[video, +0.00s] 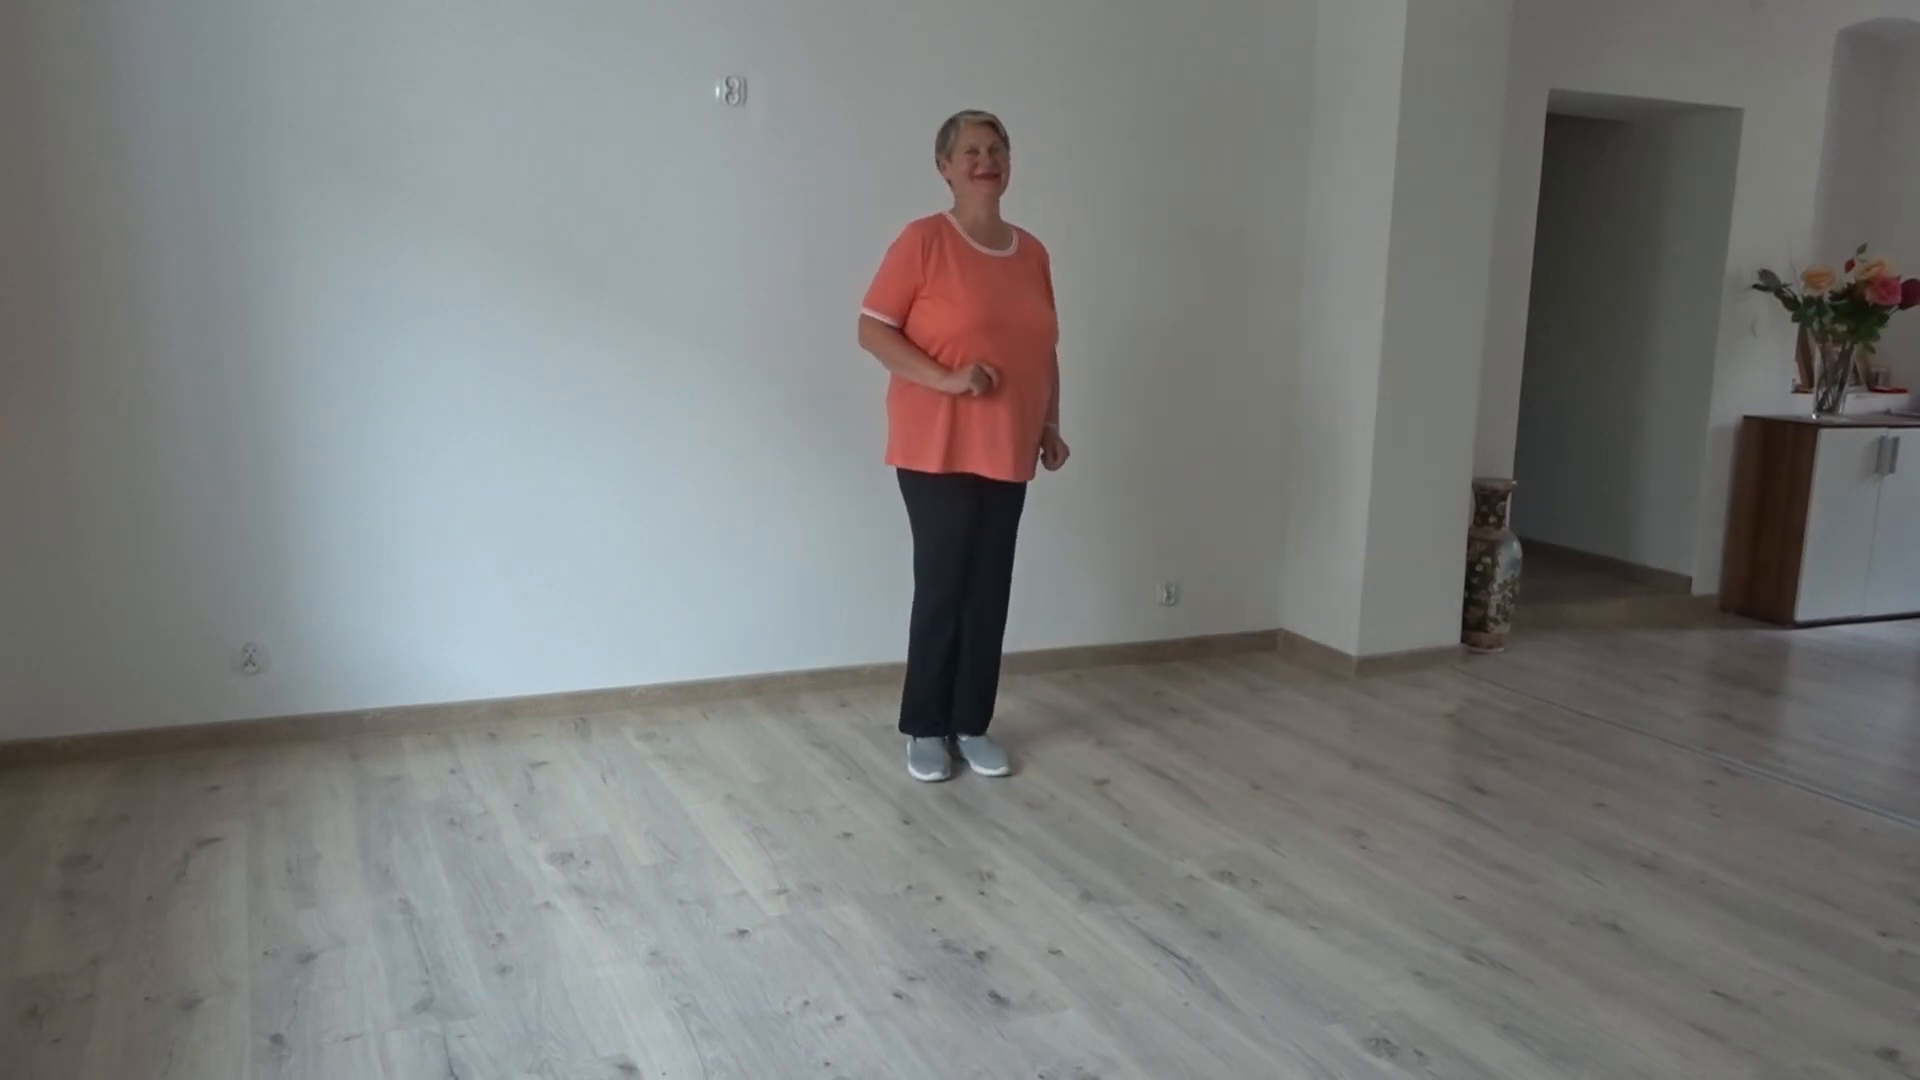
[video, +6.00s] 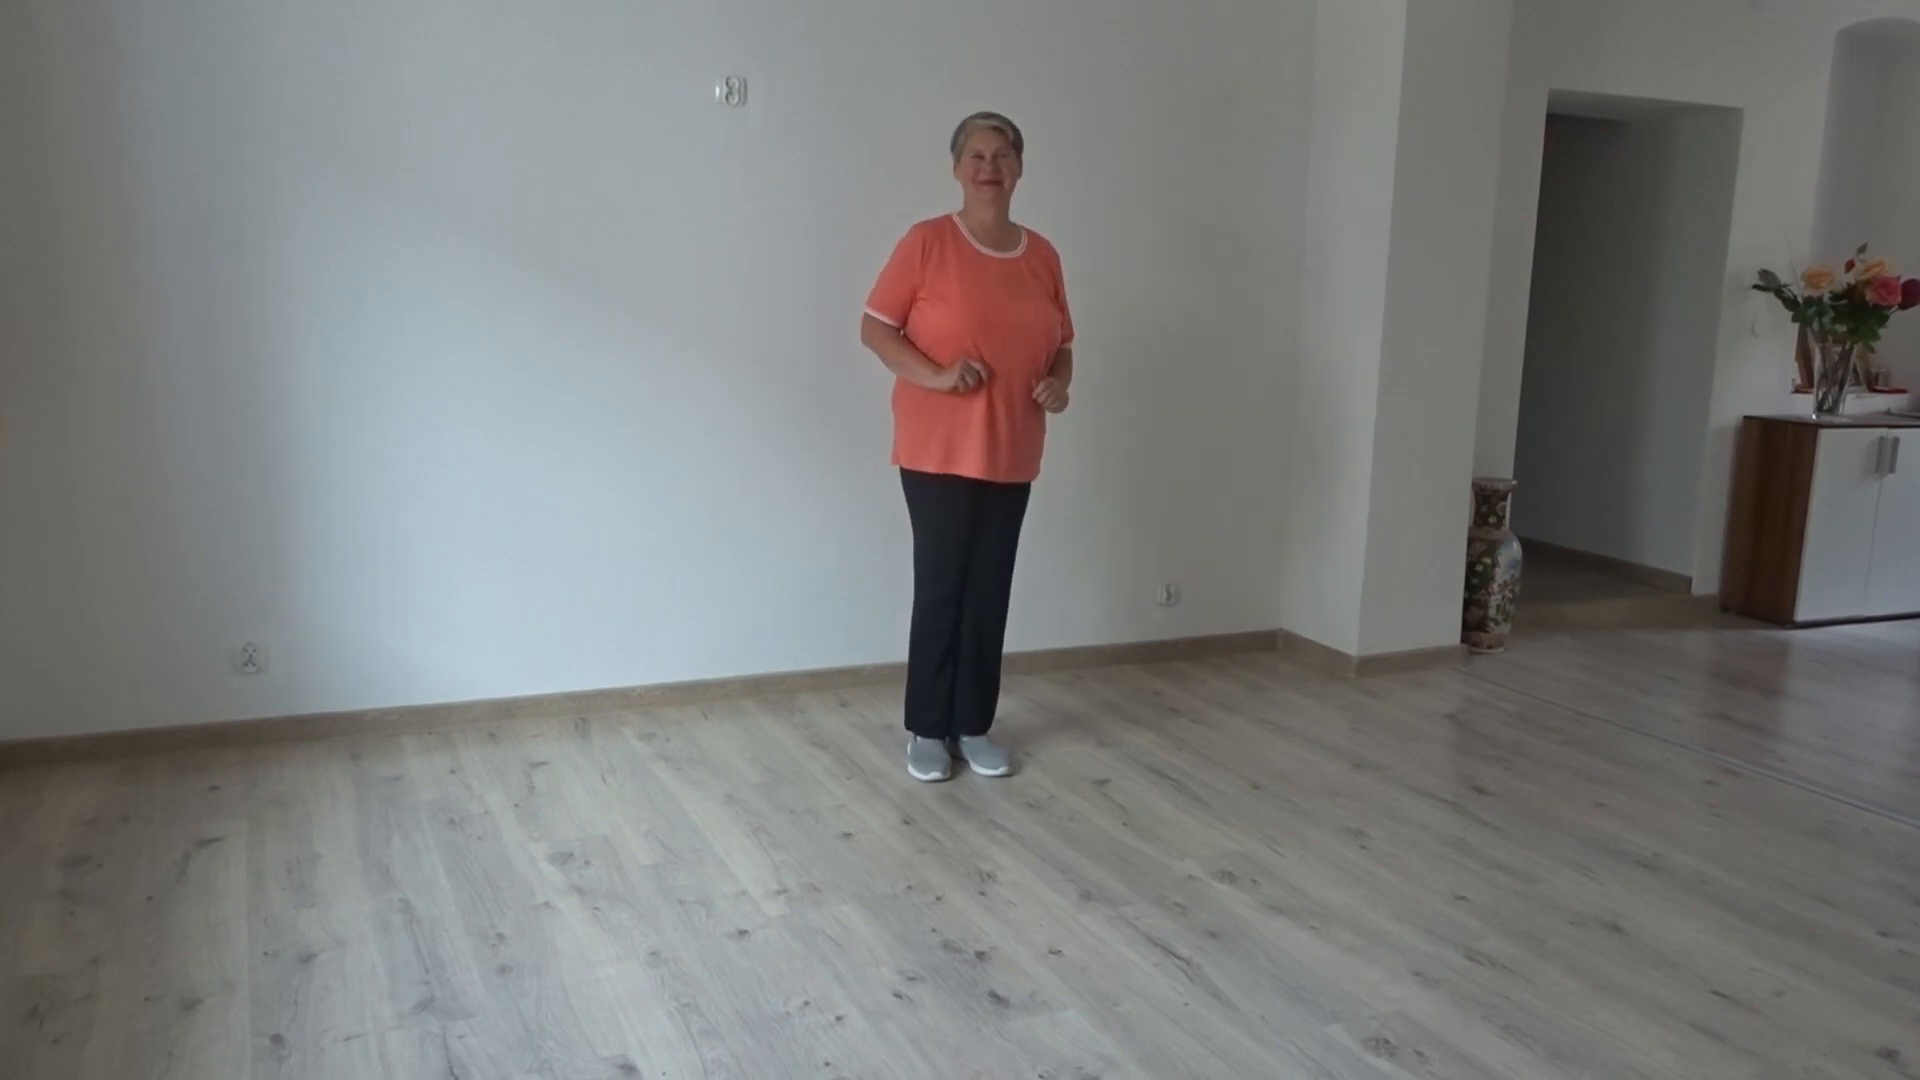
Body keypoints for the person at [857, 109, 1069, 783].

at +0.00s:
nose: (987, 160)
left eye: (995, 150)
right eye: (971, 152)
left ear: (1010, 164)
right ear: (946, 168)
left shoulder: (1031, 252)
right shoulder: (922, 242)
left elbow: (1045, 348)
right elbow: (873, 331)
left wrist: (1049, 422)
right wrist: (944, 379)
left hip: (1007, 455)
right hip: (937, 451)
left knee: (987, 595)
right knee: (942, 591)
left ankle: (969, 728)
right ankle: (925, 730)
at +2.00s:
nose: (997, 169)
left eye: (1008, 158)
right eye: (983, 160)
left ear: (1026, 170)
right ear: (962, 173)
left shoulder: (1045, 257)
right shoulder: (937, 241)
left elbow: (1057, 345)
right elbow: (884, 326)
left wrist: (1058, 379)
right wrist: (949, 368)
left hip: (1013, 458)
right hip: (942, 454)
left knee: (991, 597)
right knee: (945, 593)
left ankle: (970, 729)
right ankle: (925, 731)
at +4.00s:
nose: (978, 168)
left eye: (989, 157)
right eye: (963, 160)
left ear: (1008, 167)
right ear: (945, 173)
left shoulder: (1027, 253)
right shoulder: (922, 244)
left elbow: (1037, 338)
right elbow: (873, 333)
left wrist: (1048, 379)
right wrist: (944, 379)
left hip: (1005, 459)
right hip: (936, 457)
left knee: (987, 599)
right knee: (940, 596)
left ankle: (970, 730)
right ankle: (925, 732)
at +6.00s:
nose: (990, 165)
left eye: (1002, 155)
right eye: (977, 155)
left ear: (1019, 168)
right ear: (955, 168)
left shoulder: (1041, 255)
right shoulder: (924, 244)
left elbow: (1061, 342)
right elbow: (876, 329)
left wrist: (1057, 381)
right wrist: (934, 375)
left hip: (1010, 459)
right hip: (939, 456)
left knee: (989, 598)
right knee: (941, 596)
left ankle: (971, 729)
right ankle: (927, 732)